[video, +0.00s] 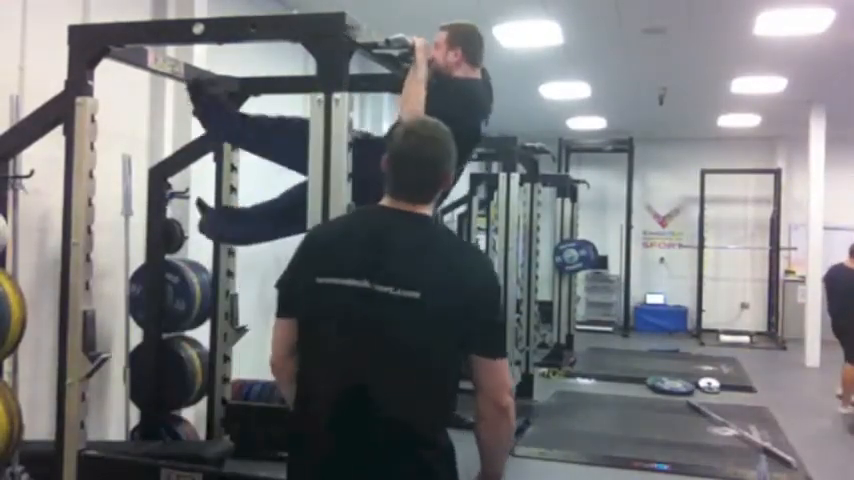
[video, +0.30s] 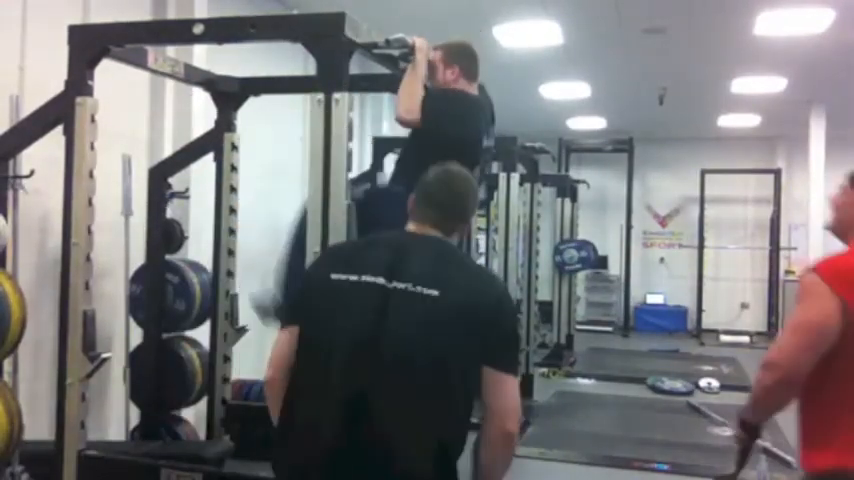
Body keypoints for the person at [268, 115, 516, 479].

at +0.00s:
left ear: (383, 164)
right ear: (448, 181)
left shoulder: (321, 243)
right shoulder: (469, 266)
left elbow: (282, 359)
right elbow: (498, 401)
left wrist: (315, 417)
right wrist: (491, 472)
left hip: (323, 452)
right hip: (417, 460)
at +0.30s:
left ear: (409, 205)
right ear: (467, 225)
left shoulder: (334, 261)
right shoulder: (487, 294)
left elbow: (276, 376)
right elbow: (504, 426)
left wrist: (295, 443)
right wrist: (486, 474)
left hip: (317, 460)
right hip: (418, 466)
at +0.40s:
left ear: (414, 232)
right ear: (467, 253)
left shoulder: (338, 278)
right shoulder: (481, 307)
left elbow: (276, 394)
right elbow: (494, 443)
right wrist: (471, 474)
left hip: (311, 462)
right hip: (411, 466)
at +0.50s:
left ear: (413, 260)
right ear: (465, 275)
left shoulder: (335, 297)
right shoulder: (473, 322)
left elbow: (266, 412)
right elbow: (503, 455)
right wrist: (462, 477)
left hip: (292, 464)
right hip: (400, 467)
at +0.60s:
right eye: (467, 309)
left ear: (409, 288)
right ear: (464, 306)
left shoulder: (329, 319)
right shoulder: (466, 344)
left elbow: (254, 432)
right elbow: (513, 469)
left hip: (278, 465)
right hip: (391, 466)